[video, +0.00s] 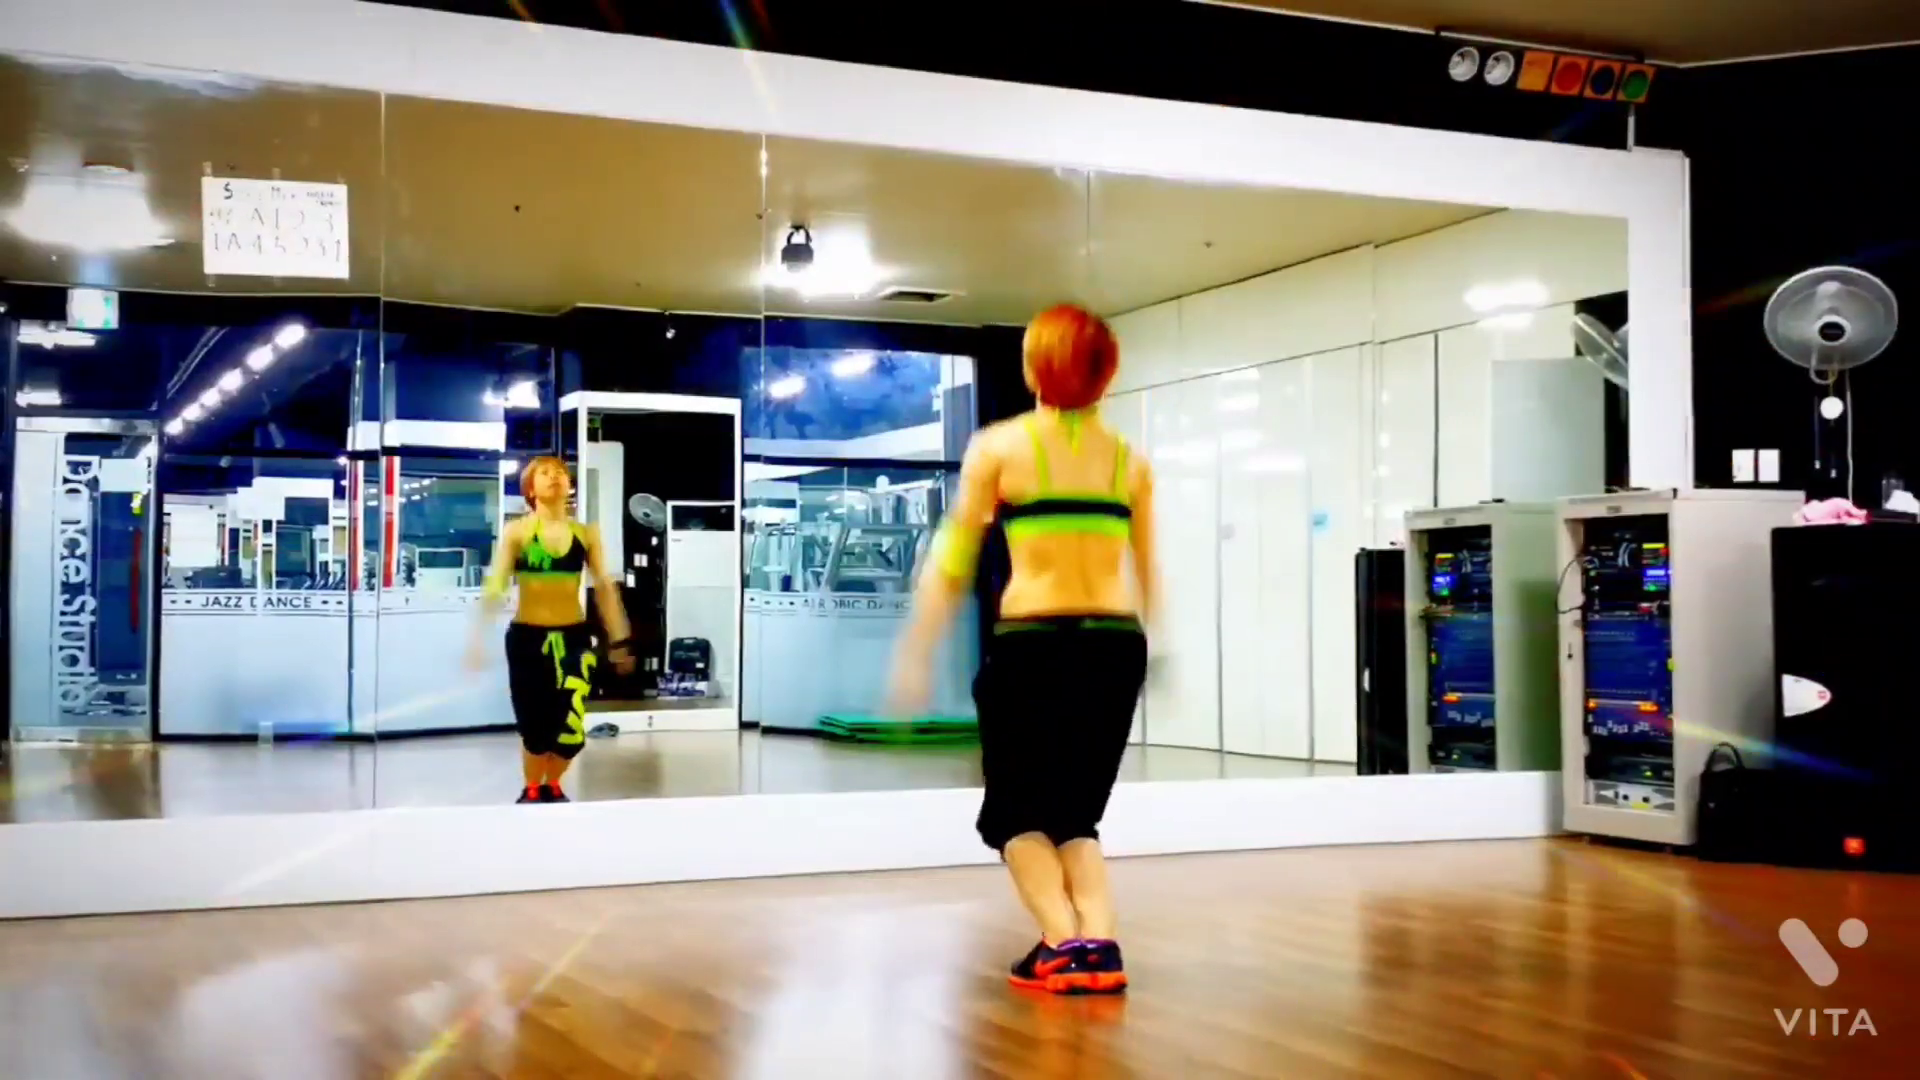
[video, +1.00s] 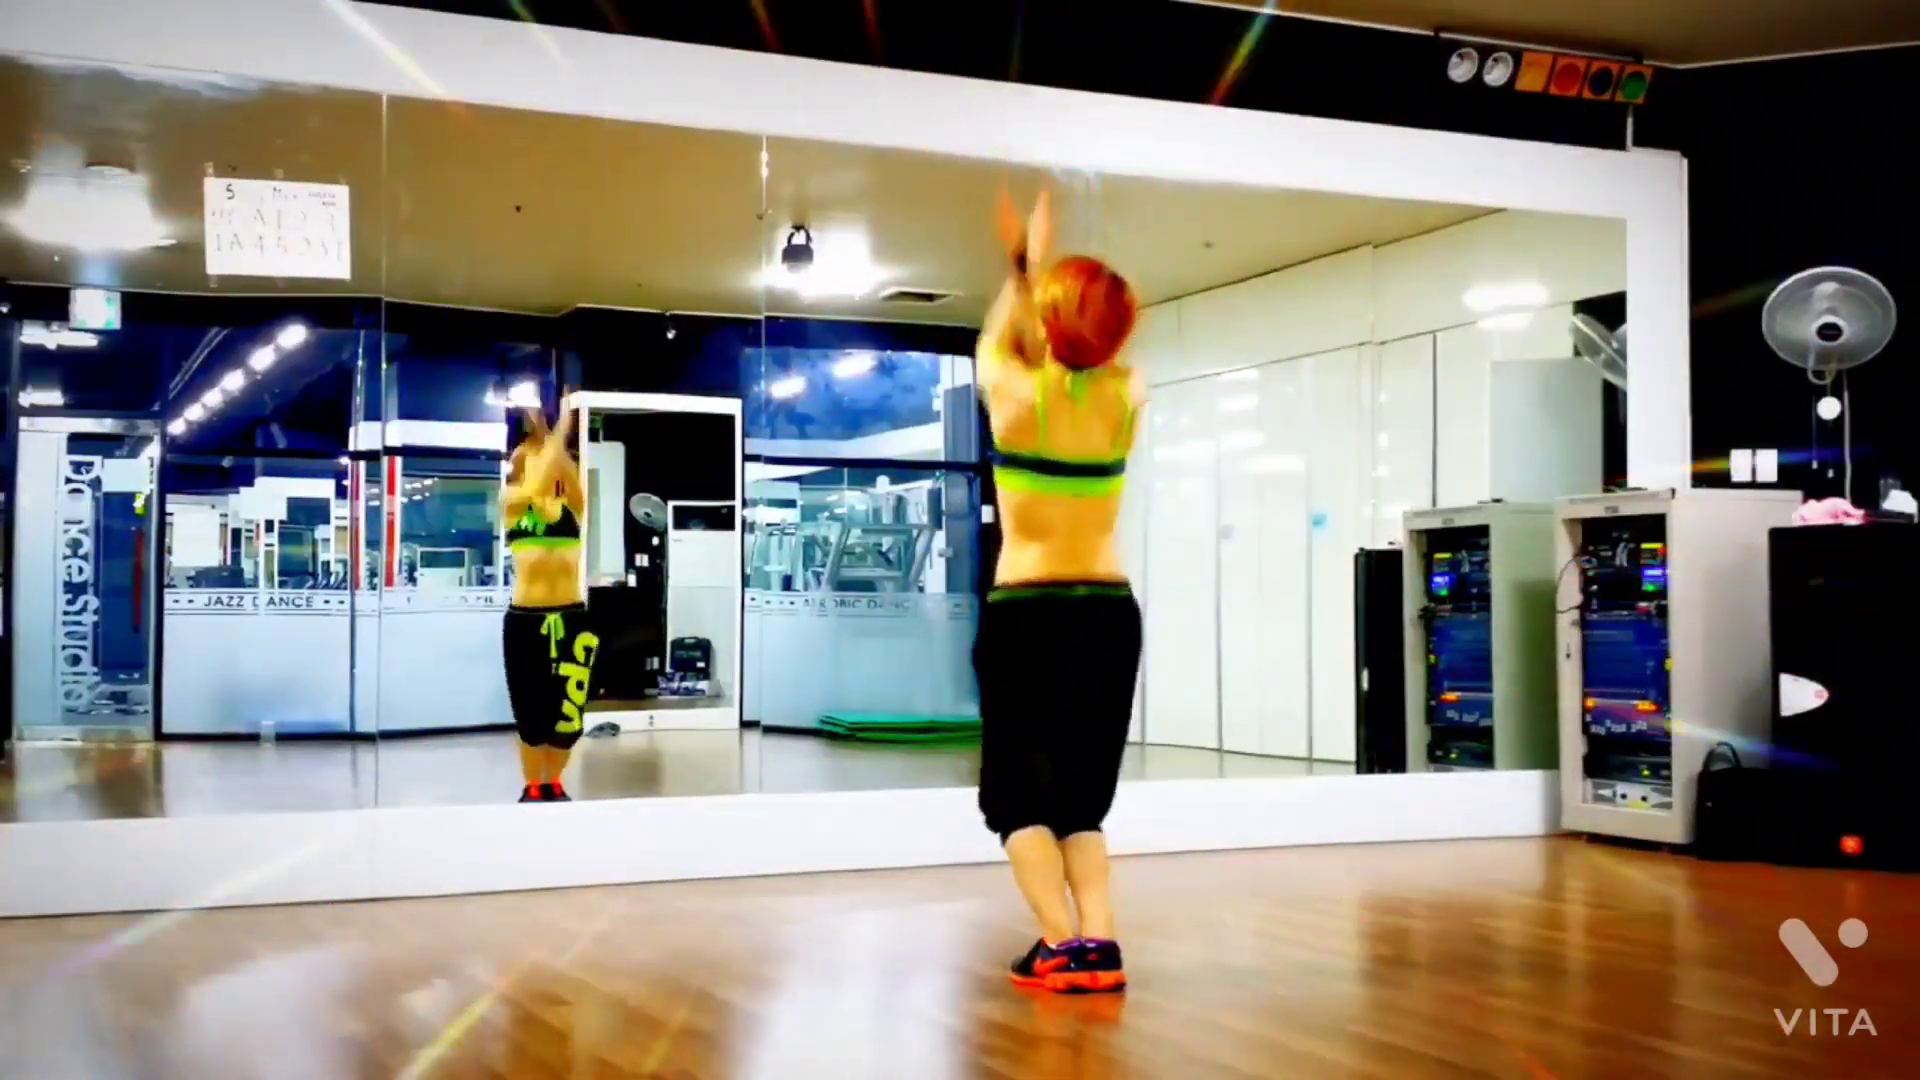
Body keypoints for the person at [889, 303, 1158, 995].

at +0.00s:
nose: (1040, 373)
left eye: (1038, 361)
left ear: (1033, 371)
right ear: (1106, 375)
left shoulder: (998, 447)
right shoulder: (1128, 460)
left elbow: (953, 563)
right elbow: (1146, 569)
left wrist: (917, 654)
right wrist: (1143, 637)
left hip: (1030, 645)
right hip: (1114, 646)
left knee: (1014, 808)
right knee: (1075, 809)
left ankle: (1061, 941)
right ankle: (1101, 944)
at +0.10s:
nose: (1037, 323)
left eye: (1037, 310)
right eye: (1074, 312)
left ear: (1031, 319)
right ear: (1103, 322)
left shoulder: (1000, 388)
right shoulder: (1123, 398)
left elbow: (899, 436)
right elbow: (1208, 453)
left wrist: (831, 483)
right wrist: (1279, 500)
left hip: (1027, 595)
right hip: (1106, 593)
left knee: (1022, 775)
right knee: (1092, 775)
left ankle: (1062, 938)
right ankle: (1101, 942)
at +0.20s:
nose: (1029, 297)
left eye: (1031, 287)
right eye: (1043, 289)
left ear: (1034, 301)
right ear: (1103, 306)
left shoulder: (1002, 368)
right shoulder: (1126, 381)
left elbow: (894, 373)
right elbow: (1222, 399)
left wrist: (797, 390)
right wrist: (1296, 412)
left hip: (1024, 583)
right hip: (1105, 582)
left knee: (1026, 770)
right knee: (1100, 772)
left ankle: (1064, 937)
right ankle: (1102, 943)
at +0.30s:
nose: (1022, 288)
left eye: (1028, 279)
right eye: (1038, 278)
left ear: (1032, 295)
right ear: (1101, 299)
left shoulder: (1006, 356)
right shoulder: (1116, 371)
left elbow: (915, 287)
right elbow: (1207, 310)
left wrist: (823, 230)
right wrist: (1305, 254)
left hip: (1022, 575)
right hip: (1102, 573)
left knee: (1036, 759)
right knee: (1111, 758)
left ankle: (1060, 938)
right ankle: (1102, 942)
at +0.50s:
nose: (1030, 281)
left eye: (1035, 274)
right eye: (1057, 274)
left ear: (1038, 294)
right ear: (1106, 301)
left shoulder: (1009, 349)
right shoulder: (1114, 362)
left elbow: (951, 230)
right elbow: (1161, 262)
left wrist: (886, 129)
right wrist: (1215, 162)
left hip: (1021, 575)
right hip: (1103, 573)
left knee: (1035, 766)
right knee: (1115, 763)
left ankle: (1063, 939)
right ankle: (1103, 943)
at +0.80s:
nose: (1029, 276)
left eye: (1040, 268)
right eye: (1066, 268)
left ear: (1042, 293)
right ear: (1108, 298)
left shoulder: (1015, 348)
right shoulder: (1115, 360)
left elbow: (997, 225)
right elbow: (1107, 249)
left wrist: (995, 119)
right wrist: (1083, 136)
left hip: (1021, 572)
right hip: (1104, 570)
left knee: (1032, 766)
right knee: (1109, 763)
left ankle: (1062, 940)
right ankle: (1102, 944)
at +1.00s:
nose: (1029, 313)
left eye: (1045, 303)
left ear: (1039, 328)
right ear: (1107, 334)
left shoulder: (1012, 389)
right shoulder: (1123, 396)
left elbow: (1004, 330)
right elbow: (1090, 340)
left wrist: (1021, 267)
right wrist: (1045, 269)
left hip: (1023, 613)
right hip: (1106, 611)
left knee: (1014, 791)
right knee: (1082, 794)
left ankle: (1060, 940)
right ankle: (1099, 942)